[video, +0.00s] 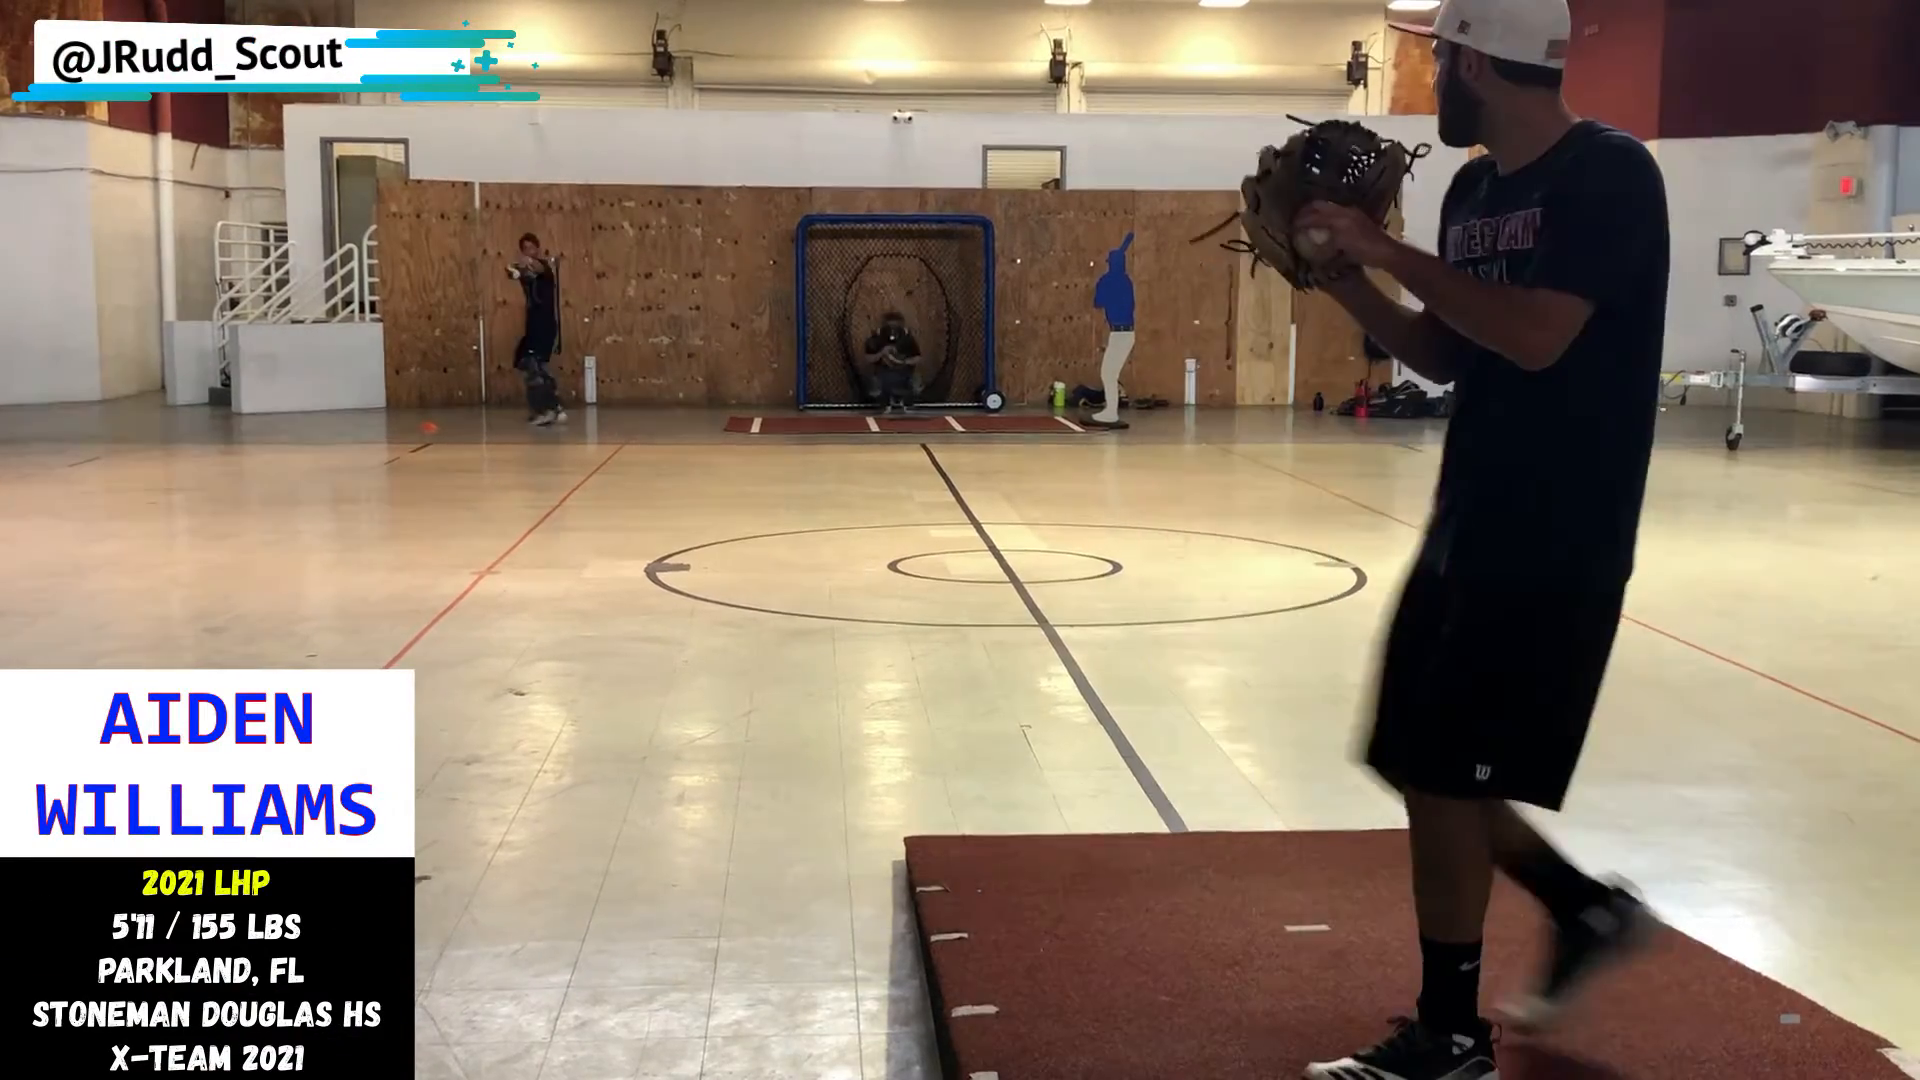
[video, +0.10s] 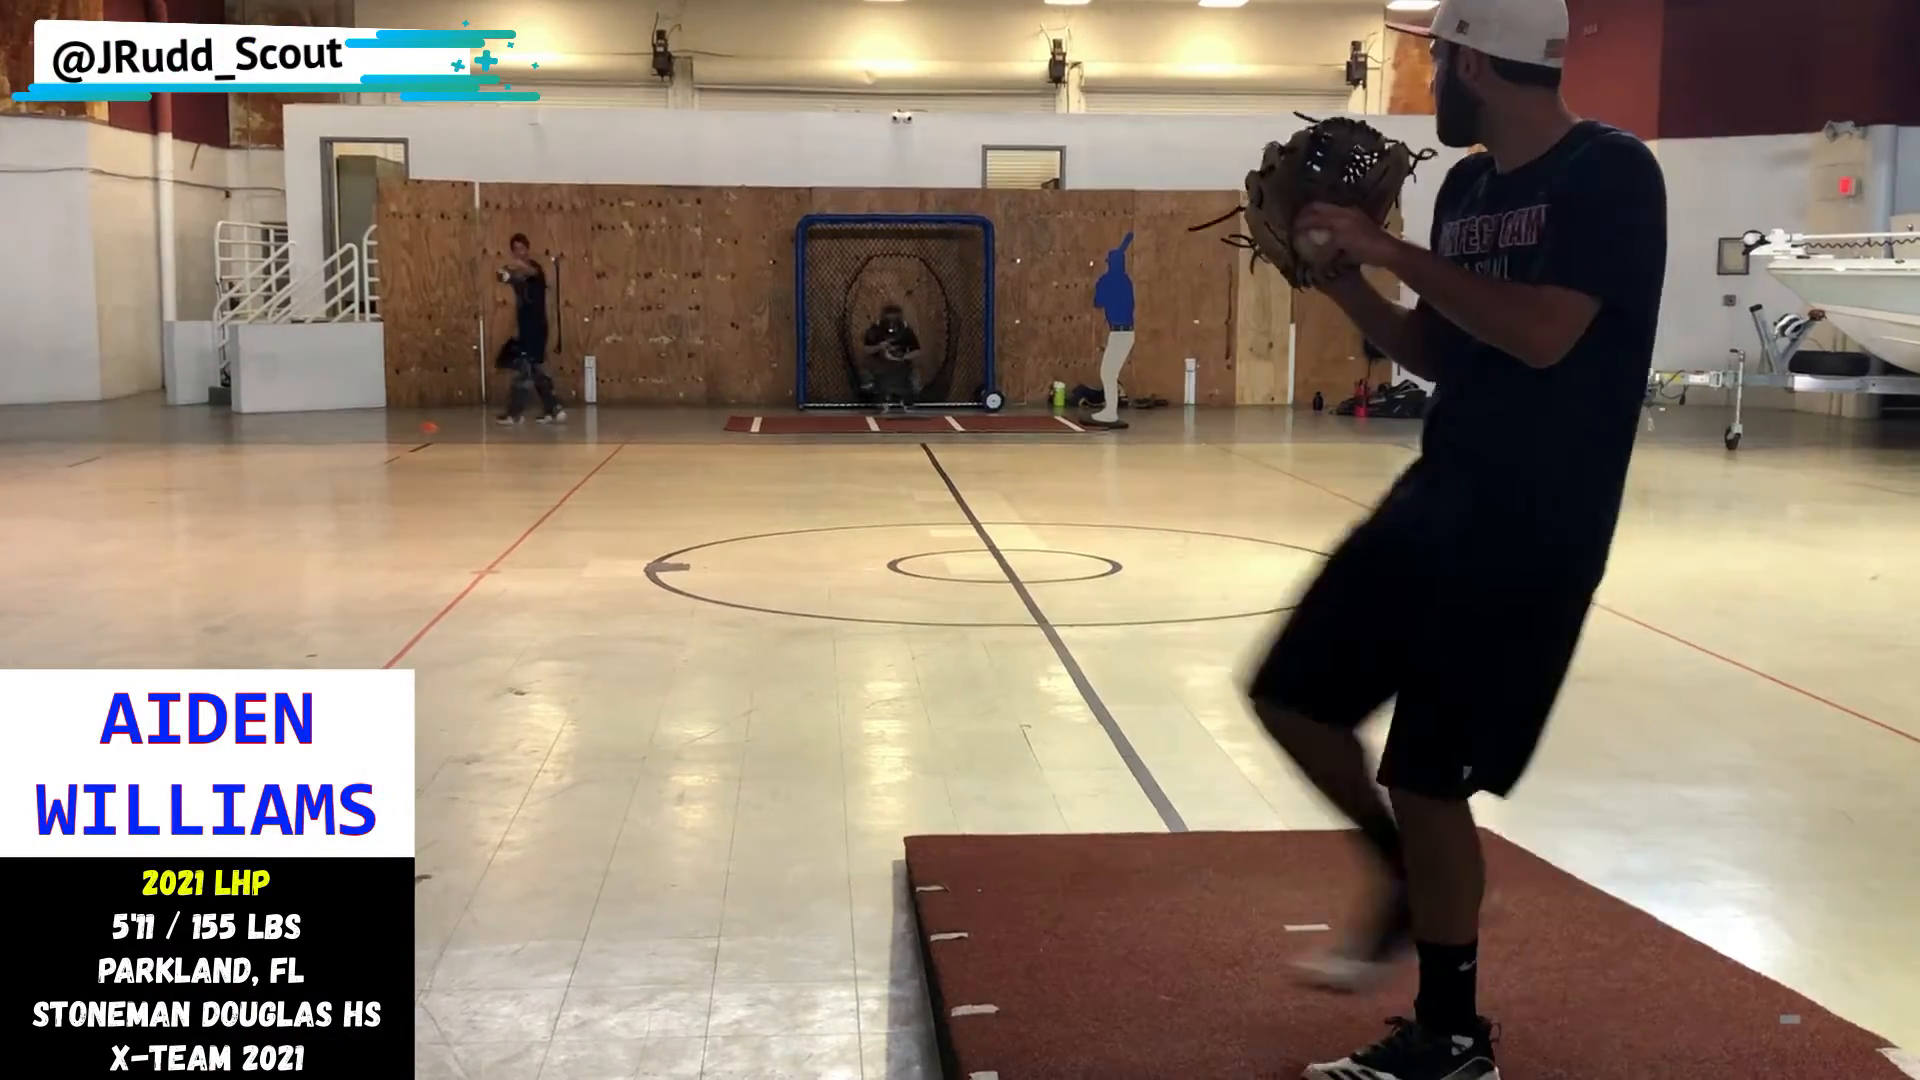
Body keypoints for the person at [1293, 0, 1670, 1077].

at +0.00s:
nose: (1435, 77)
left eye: (1444, 54)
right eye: (1438, 54)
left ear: (1480, 62)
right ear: (1512, 65)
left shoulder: (1612, 174)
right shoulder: (1479, 190)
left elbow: (1538, 331)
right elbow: (1444, 356)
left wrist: (1386, 249)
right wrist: (1337, 275)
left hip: (1556, 535)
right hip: (1473, 522)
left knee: (1444, 764)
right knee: (1412, 752)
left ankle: (1450, 1029)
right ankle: (1585, 905)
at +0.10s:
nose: (1433, 80)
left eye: (1440, 56)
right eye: (1435, 56)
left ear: (1475, 59)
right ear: (1517, 60)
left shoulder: (1614, 172)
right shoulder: (1466, 187)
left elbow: (1544, 329)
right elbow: (1439, 354)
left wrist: (1388, 249)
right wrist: (1337, 278)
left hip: (1536, 529)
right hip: (1440, 501)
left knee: (1426, 777)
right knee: (1292, 699)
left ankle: (1449, 1029)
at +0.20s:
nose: (1430, 79)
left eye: (1437, 54)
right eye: (1433, 57)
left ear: (1475, 58)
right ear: (1509, 62)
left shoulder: (1612, 172)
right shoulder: (1462, 186)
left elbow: (1543, 329)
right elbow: (1426, 348)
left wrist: (1384, 247)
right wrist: (1331, 280)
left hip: (1509, 525)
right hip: (1415, 486)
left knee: (1423, 778)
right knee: (1204, 592)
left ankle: (1449, 1028)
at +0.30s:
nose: (1422, 80)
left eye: (1430, 57)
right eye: (1424, 59)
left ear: (1470, 60)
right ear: (1500, 63)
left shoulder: (1601, 175)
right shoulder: (1454, 185)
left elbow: (1528, 331)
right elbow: (1418, 350)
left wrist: (1375, 247)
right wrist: (1319, 281)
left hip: (1481, 517)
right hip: (1395, 474)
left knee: (1415, 761)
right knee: (1170, 486)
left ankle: (1453, 1030)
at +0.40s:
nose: (1409, 81)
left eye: (1417, 59)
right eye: (1412, 61)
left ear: (1453, 64)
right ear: (1483, 68)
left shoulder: (1582, 177)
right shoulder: (1438, 190)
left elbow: (1511, 332)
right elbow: (1394, 348)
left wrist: (1364, 245)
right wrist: (1305, 271)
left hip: (1463, 511)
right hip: (1379, 466)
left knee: (1408, 767)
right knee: (1163, 388)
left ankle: (1452, 1032)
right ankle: (982, 584)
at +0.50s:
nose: (1386, 81)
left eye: (1397, 62)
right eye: (1389, 62)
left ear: (1433, 71)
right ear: (1451, 75)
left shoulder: (1555, 182)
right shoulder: (1418, 190)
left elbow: (1491, 332)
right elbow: (1370, 354)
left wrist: (1347, 248)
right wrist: (1287, 267)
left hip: (1437, 514)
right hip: (1354, 463)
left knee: (1392, 765)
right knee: (1181, 301)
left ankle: (1449, 1028)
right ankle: (1073, 536)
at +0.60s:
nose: (1360, 96)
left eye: (1368, 76)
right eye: (1360, 78)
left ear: (1408, 78)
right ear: (1418, 80)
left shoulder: (1530, 187)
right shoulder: (1388, 194)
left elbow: (1480, 347)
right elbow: (1356, 361)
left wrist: (1336, 265)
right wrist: (1275, 283)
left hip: (1417, 518)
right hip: (1336, 466)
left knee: (1364, 767)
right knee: (1176, 312)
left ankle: (1445, 1029)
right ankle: (1222, 565)